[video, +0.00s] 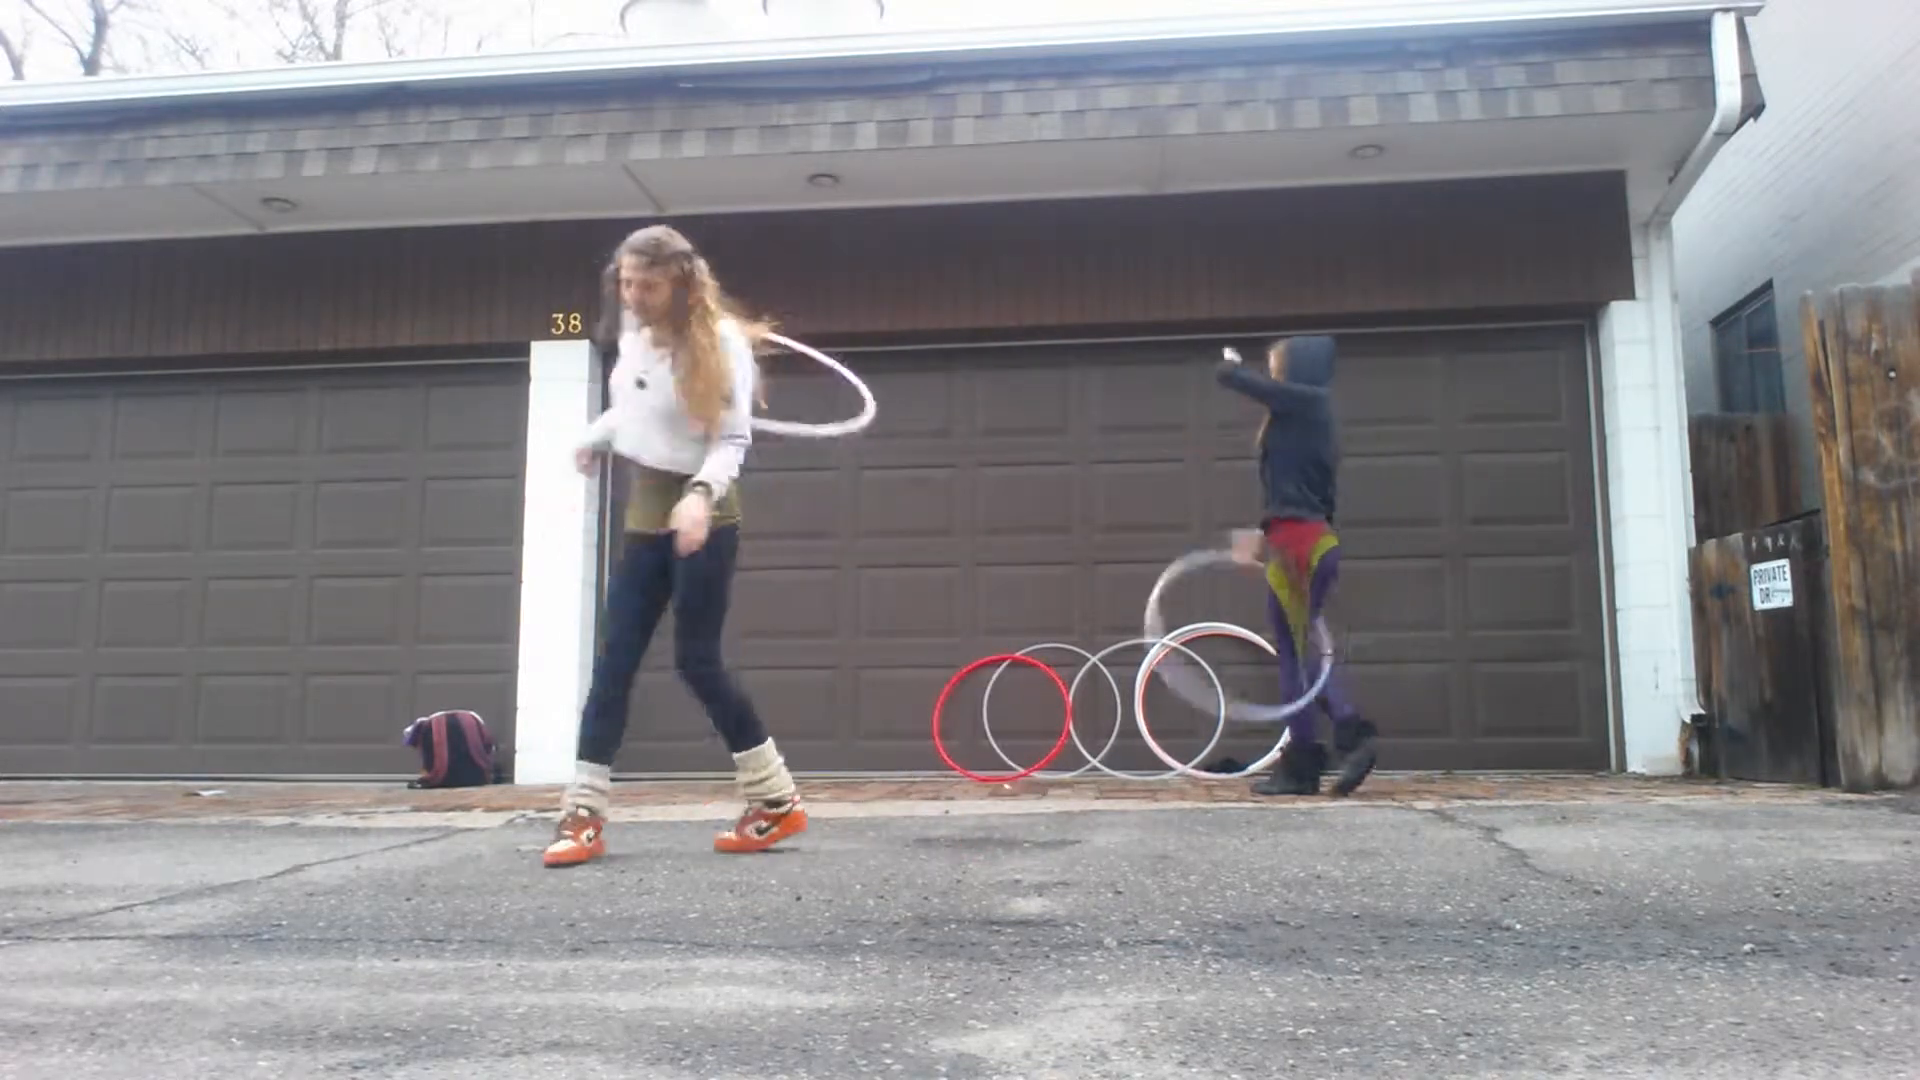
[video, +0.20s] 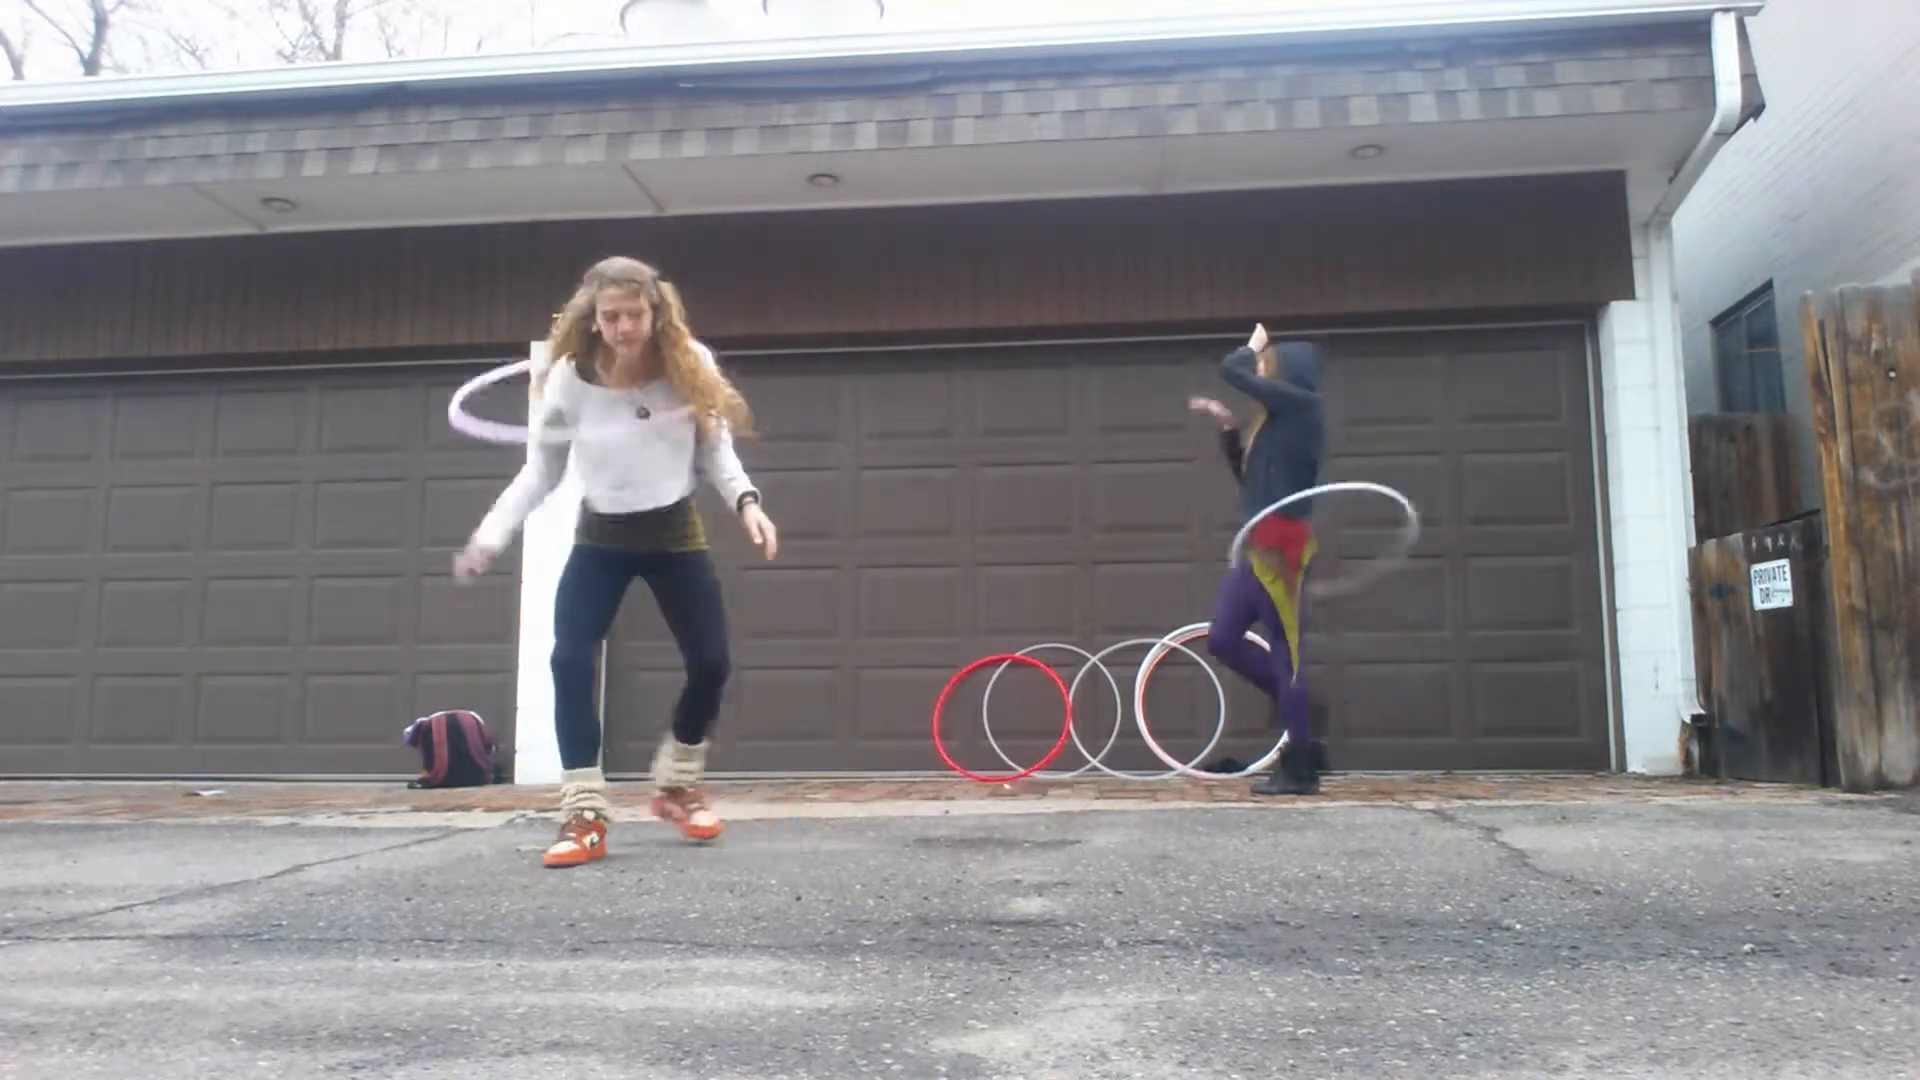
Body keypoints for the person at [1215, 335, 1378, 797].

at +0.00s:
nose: (1270, 368)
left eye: (1276, 361)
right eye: (1270, 362)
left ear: (1295, 365)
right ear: (1310, 366)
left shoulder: (1306, 400)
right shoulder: (1300, 409)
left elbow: (1231, 378)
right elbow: (1295, 481)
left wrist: (1233, 363)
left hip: (1301, 537)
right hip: (1292, 537)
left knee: (1300, 648)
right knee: (1294, 652)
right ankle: (1302, 760)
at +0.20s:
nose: (1257, 370)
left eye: (1264, 364)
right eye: (1258, 363)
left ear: (1287, 370)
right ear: (1288, 373)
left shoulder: (1302, 406)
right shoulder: (1272, 417)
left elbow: (1233, 371)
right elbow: (1249, 479)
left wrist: (1254, 344)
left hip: (1283, 537)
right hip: (1258, 537)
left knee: (1284, 651)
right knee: (1223, 640)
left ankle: (1300, 762)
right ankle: (1302, 704)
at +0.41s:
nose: (1242, 379)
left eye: (1251, 372)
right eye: (1242, 373)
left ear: (1274, 376)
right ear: (1247, 379)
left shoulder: (1287, 413)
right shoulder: (1249, 422)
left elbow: (1216, 394)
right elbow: (1209, 462)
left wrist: (1230, 362)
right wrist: (1230, 413)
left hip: (1264, 545)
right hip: (1233, 542)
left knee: (1268, 652)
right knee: (1186, 626)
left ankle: (1295, 761)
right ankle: (1240, 705)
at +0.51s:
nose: (1236, 388)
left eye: (1245, 380)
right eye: (1235, 380)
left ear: (1265, 386)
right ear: (1236, 384)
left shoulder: (1275, 420)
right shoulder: (1235, 429)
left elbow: (1216, 426)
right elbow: (1190, 476)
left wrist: (1213, 391)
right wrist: (1203, 434)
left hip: (1264, 548)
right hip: (1231, 548)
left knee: (1245, 649)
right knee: (1183, 637)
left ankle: (1283, 754)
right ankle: (1220, 742)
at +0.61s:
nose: (1223, 400)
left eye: (1234, 394)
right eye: (1222, 393)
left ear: (1253, 404)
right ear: (1219, 399)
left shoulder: (1258, 447)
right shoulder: (1219, 447)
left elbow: (1212, 479)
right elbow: (1172, 489)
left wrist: (1193, 429)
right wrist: (1177, 445)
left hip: (1265, 577)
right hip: (1232, 577)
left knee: (1210, 661)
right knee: (1192, 667)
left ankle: (1267, 753)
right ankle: (1221, 760)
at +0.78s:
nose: (1196, 483)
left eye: (1205, 479)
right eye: (1195, 476)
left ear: (1223, 487)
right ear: (1188, 479)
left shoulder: (1229, 528)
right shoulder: (1189, 523)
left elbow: (1235, 553)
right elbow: (1162, 533)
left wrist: (1194, 518)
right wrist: (1146, 507)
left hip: (1267, 642)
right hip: (1228, 641)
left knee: (1196, 685)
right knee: (1170, 684)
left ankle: (1254, 750)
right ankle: (1221, 759)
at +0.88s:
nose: (1186, 531)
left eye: (1196, 525)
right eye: (1183, 523)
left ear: (1212, 533)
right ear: (1176, 528)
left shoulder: (1229, 566)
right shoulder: (1180, 567)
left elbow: (1264, 586)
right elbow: (1169, 536)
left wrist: (1213, 569)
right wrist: (1143, 550)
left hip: (1266, 672)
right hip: (1221, 668)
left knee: (1191, 688)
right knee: (1165, 686)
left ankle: (1251, 754)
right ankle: (1223, 756)